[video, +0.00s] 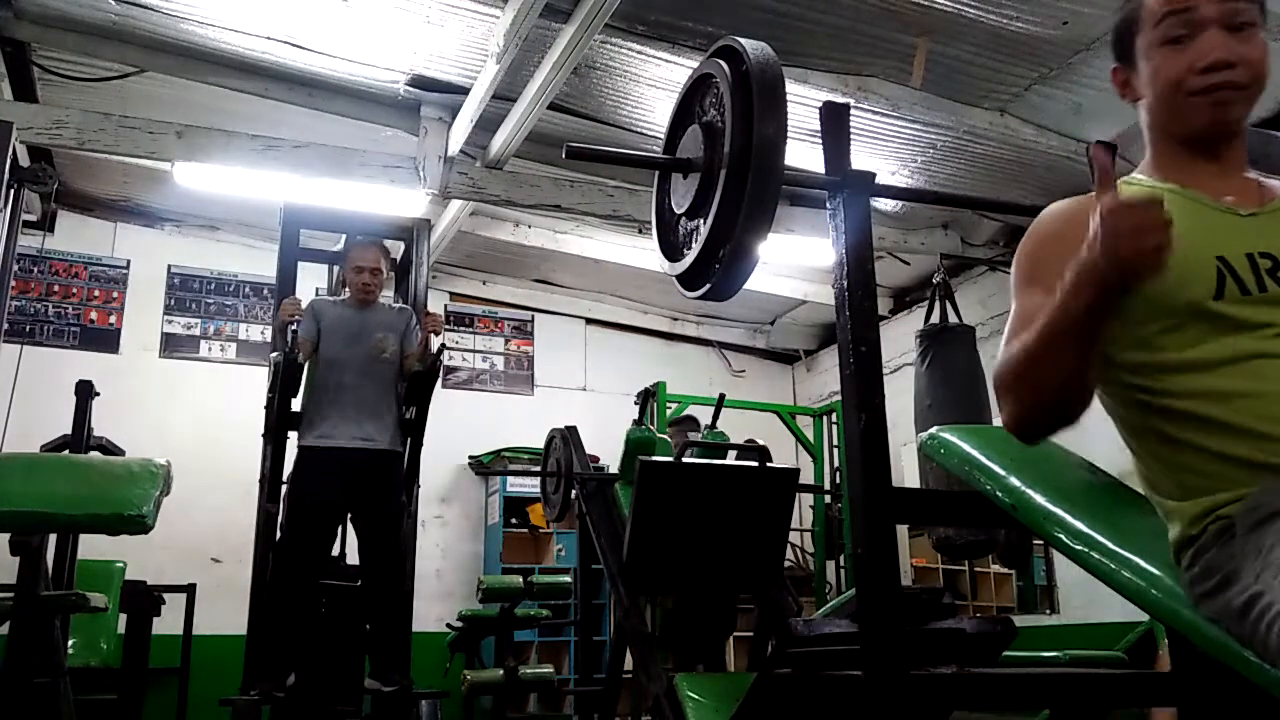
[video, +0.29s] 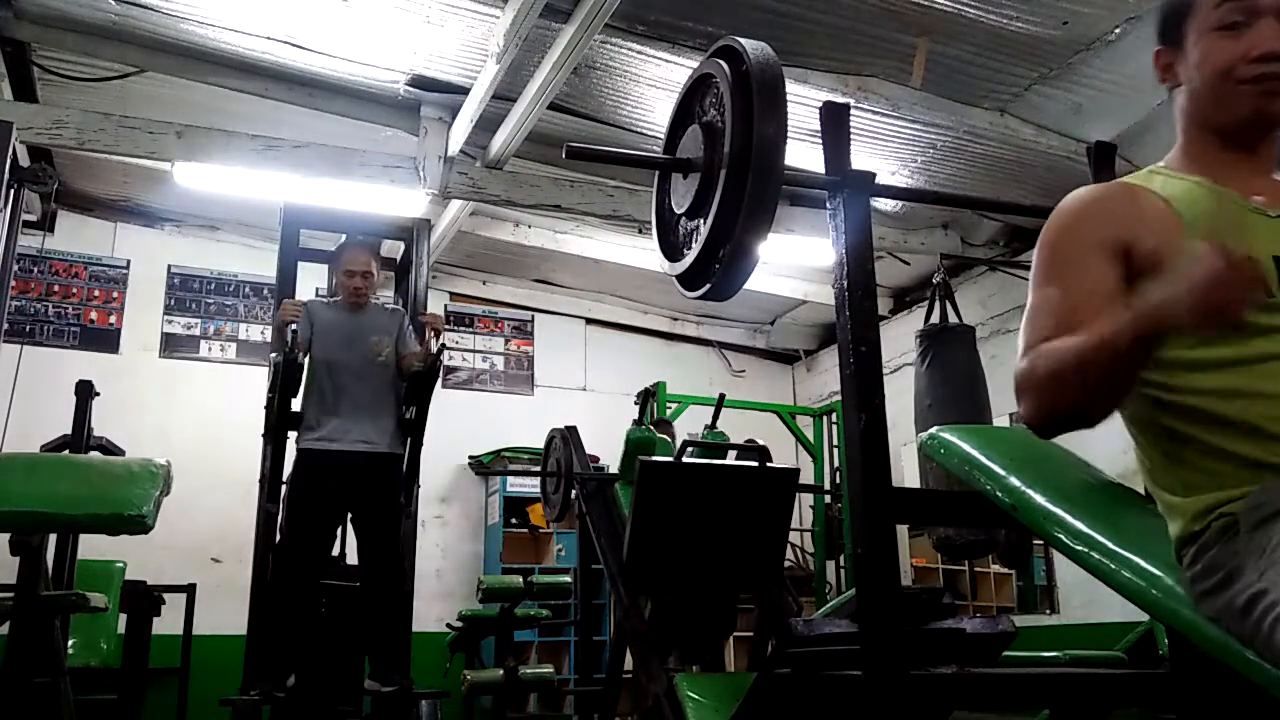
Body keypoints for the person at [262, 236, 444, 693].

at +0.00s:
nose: (367, 278)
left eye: (375, 272)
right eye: (359, 270)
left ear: (386, 277)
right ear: (344, 273)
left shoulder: (402, 317)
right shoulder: (320, 311)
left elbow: (415, 377)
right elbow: (295, 360)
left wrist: (428, 343)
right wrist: (286, 328)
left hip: (379, 454)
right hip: (321, 451)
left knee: (384, 568)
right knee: (297, 561)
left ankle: (386, 670)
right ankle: (279, 669)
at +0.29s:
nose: (359, 283)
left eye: (366, 275)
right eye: (350, 275)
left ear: (378, 278)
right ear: (335, 276)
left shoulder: (394, 318)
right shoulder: (314, 313)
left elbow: (414, 373)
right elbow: (287, 348)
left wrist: (429, 345)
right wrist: (281, 326)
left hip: (378, 456)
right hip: (319, 453)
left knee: (383, 570)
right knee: (298, 563)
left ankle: (385, 671)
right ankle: (282, 670)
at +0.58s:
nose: (355, 283)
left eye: (363, 276)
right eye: (347, 275)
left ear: (374, 276)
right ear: (333, 276)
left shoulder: (393, 313)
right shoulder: (315, 311)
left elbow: (417, 365)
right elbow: (288, 351)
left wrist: (432, 344)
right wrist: (278, 326)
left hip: (377, 453)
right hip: (319, 451)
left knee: (384, 568)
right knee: (297, 562)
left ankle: (387, 670)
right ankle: (281, 670)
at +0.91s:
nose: (357, 286)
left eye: (365, 278)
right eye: (349, 278)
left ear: (377, 279)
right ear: (335, 277)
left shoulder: (393, 317)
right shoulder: (313, 313)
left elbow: (417, 372)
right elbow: (284, 357)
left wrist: (431, 347)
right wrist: (279, 327)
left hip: (377, 456)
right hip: (318, 454)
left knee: (383, 570)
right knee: (298, 565)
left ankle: (386, 671)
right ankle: (283, 671)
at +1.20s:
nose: (360, 286)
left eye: (369, 278)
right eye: (352, 278)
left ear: (382, 278)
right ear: (339, 277)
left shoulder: (400, 316)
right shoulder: (320, 310)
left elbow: (417, 376)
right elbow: (295, 358)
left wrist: (431, 348)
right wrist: (282, 329)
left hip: (377, 455)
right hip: (319, 451)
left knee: (382, 570)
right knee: (297, 564)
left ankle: (386, 671)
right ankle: (281, 671)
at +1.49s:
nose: (356, 289)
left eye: (365, 281)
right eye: (348, 281)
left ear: (378, 281)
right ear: (335, 278)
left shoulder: (394, 320)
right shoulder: (313, 315)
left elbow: (418, 376)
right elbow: (286, 356)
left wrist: (431, 349)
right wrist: (280, 328)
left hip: (378, 458)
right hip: (319, 457)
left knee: (383, 570)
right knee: (301, 566)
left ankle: (386, 671)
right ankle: (285, 672)